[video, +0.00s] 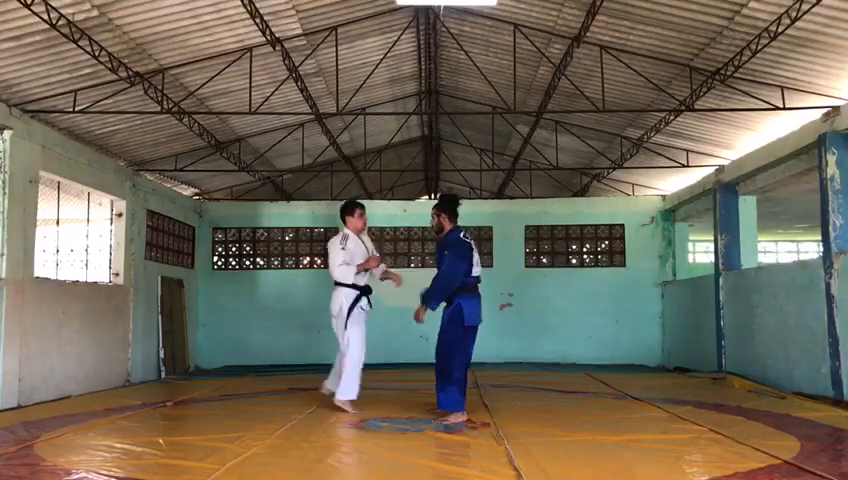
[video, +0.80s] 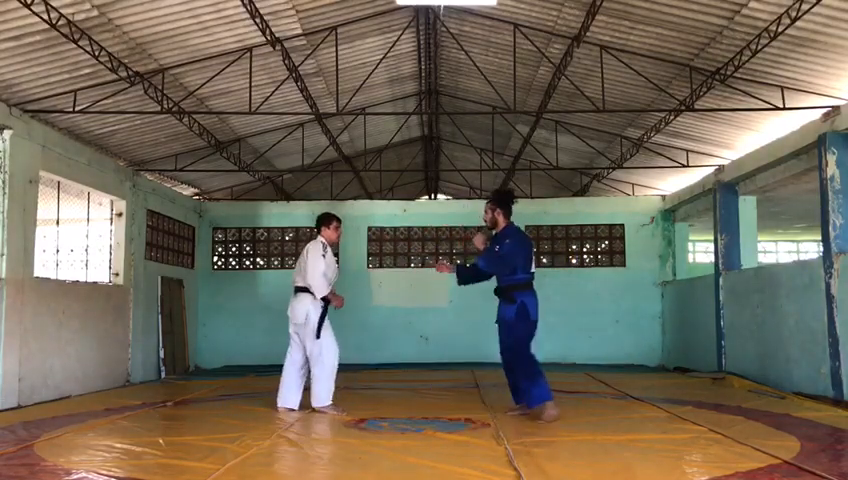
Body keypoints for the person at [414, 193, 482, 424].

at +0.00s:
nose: (432, 222)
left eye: (433, 217)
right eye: (433, 217)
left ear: (440, 217)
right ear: (452, 216)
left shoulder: (453, 241)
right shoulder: (461, 238)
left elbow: (448, 277)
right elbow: (448, 276)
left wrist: (426, 303)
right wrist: (427, 297)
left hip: (460, 301)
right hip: (466, 298)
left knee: (449, 353)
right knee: (454, 353)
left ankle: (456, 409)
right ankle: (454, 405)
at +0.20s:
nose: (442, 219)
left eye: (445, 214)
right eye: (443, 214)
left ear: (454, 216)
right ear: (461, 216)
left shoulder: (462, 241)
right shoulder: (475, 238)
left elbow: (460, 277)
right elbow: (465, 275)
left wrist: (431, 295)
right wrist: (438, 290)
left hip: (471, 302)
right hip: (483, 299)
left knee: (460, 352)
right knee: (471, 350)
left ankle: (460, 410)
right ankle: (483, 393)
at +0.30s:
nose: (454, 219)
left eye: (457, 214)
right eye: (455, 214)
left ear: (467, 216)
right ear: (472, 217)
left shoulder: (476, 243)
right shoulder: (481, 242)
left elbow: (465, 274)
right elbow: (473, 276)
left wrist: (432, 276)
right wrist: (446, 279)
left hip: (480, 304)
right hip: (484, 302)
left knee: (465, 354)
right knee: (475, 352)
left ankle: (461, 410)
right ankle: (508, 387)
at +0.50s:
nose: (475, 223)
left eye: (477, 218)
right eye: (475, 218)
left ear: (487, 218)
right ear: (492, 219)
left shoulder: (497, 241)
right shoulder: (499, 241)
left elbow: (472, 255)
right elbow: (469, 263)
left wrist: (440, 259)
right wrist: (438, 267)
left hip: (502, 305)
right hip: (503, 303)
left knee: (484, 352)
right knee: (504, 352)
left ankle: (466, 407)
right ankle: (527, 403)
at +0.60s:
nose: (479, 216)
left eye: (482, 212)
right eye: (480, 211)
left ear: (493, 213)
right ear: (495, 213)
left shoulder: (503, 238)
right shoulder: (503, 238)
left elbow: (484, 260)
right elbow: (477, 267)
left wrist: (457, 251)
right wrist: (443, 269)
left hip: (508, 300)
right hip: (511, 298)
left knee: (492, 346)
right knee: (509, 348)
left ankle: (491, 404)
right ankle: (527, 402)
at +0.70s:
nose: (482, 214)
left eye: (485, 210)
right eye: (483, 210)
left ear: (495, 212)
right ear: (498, 212)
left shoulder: (507, 236)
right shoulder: (502, 239)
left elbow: (497, 264)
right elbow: (482, 271)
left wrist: (475, 249)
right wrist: (451, 271)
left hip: (513, 298)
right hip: (516, 296)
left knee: (503, 343)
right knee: (518, 346)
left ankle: (521, 403)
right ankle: (531, 402)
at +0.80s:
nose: (485, 215)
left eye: (488, 211)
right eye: (485, 211)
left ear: (499, 213)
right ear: (502, 213)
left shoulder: (514, 238)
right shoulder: (499, 240)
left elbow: (498, 265)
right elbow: (485, 270)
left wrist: (483, 248)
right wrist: (454, 270)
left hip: (520, 300)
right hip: (509, 300)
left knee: (518, 351)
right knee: (509, 352)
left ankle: (545, 401)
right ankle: (524, 401)